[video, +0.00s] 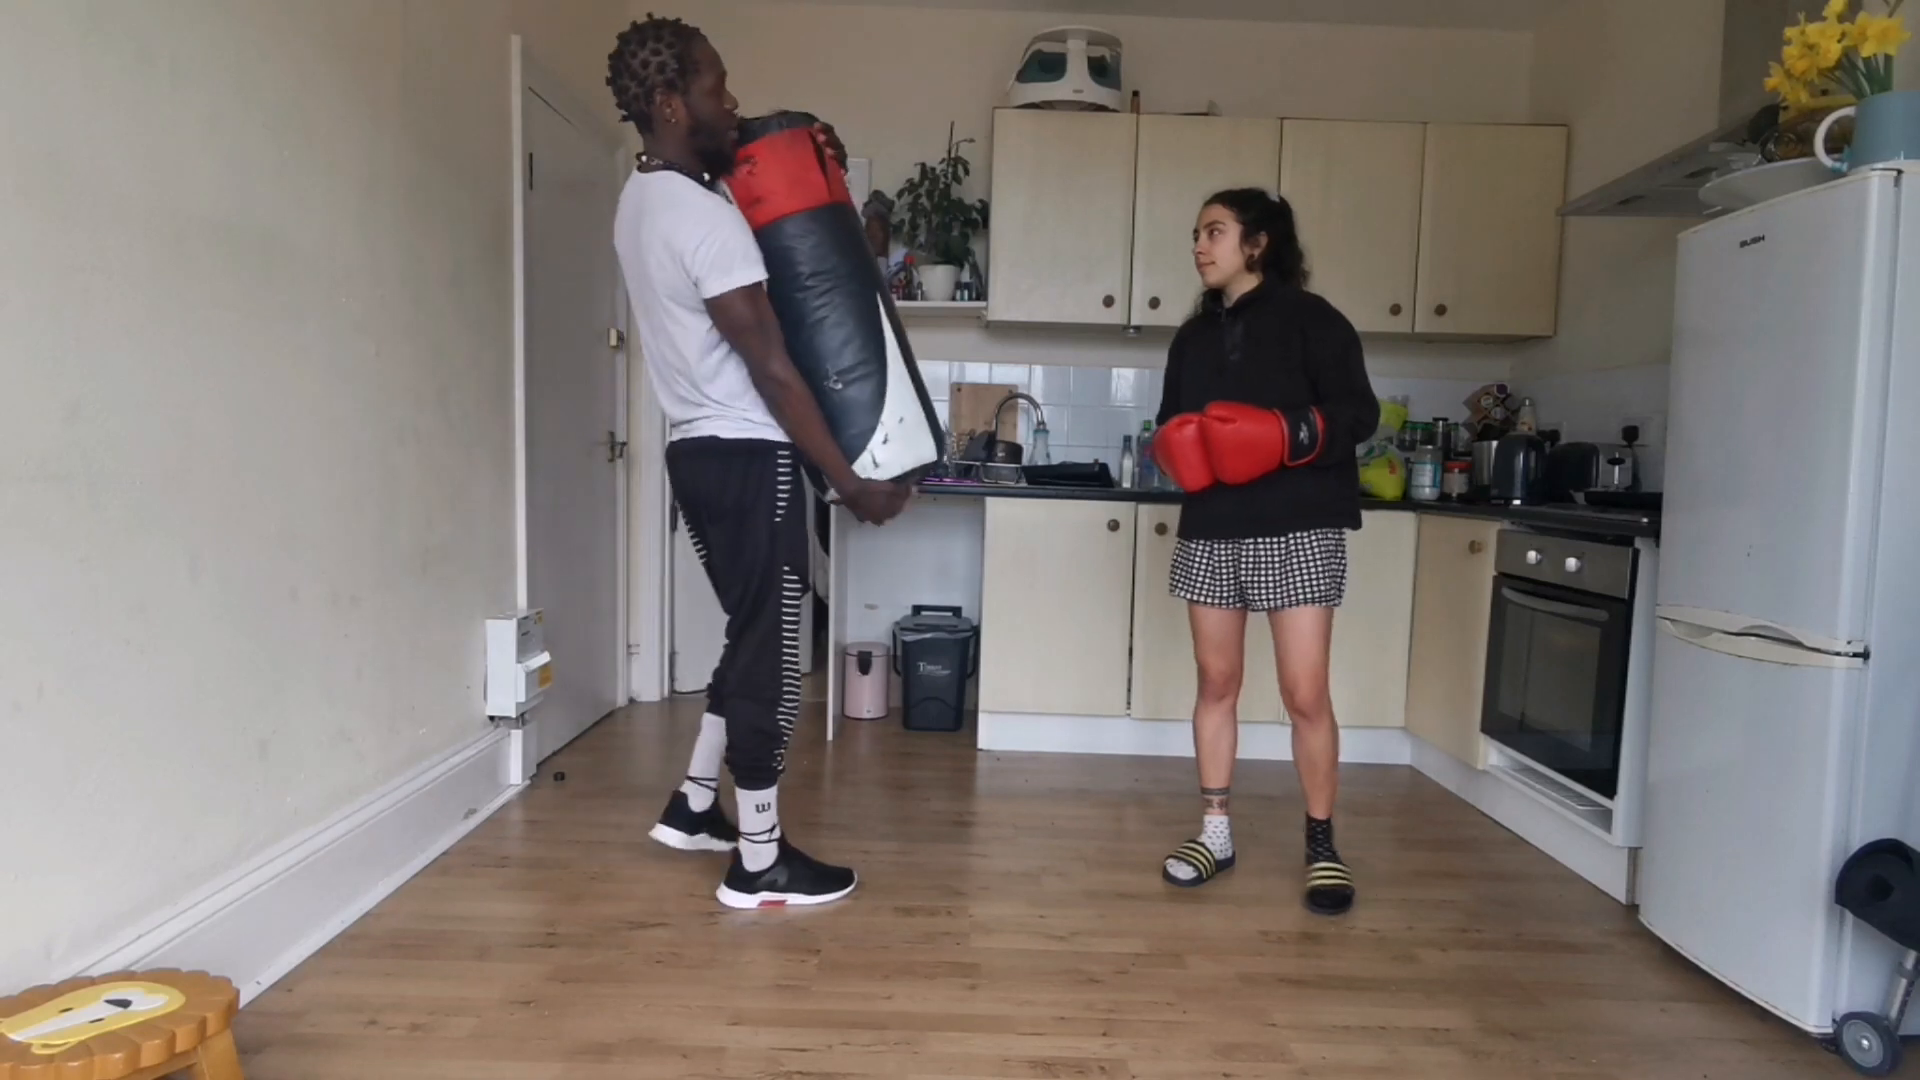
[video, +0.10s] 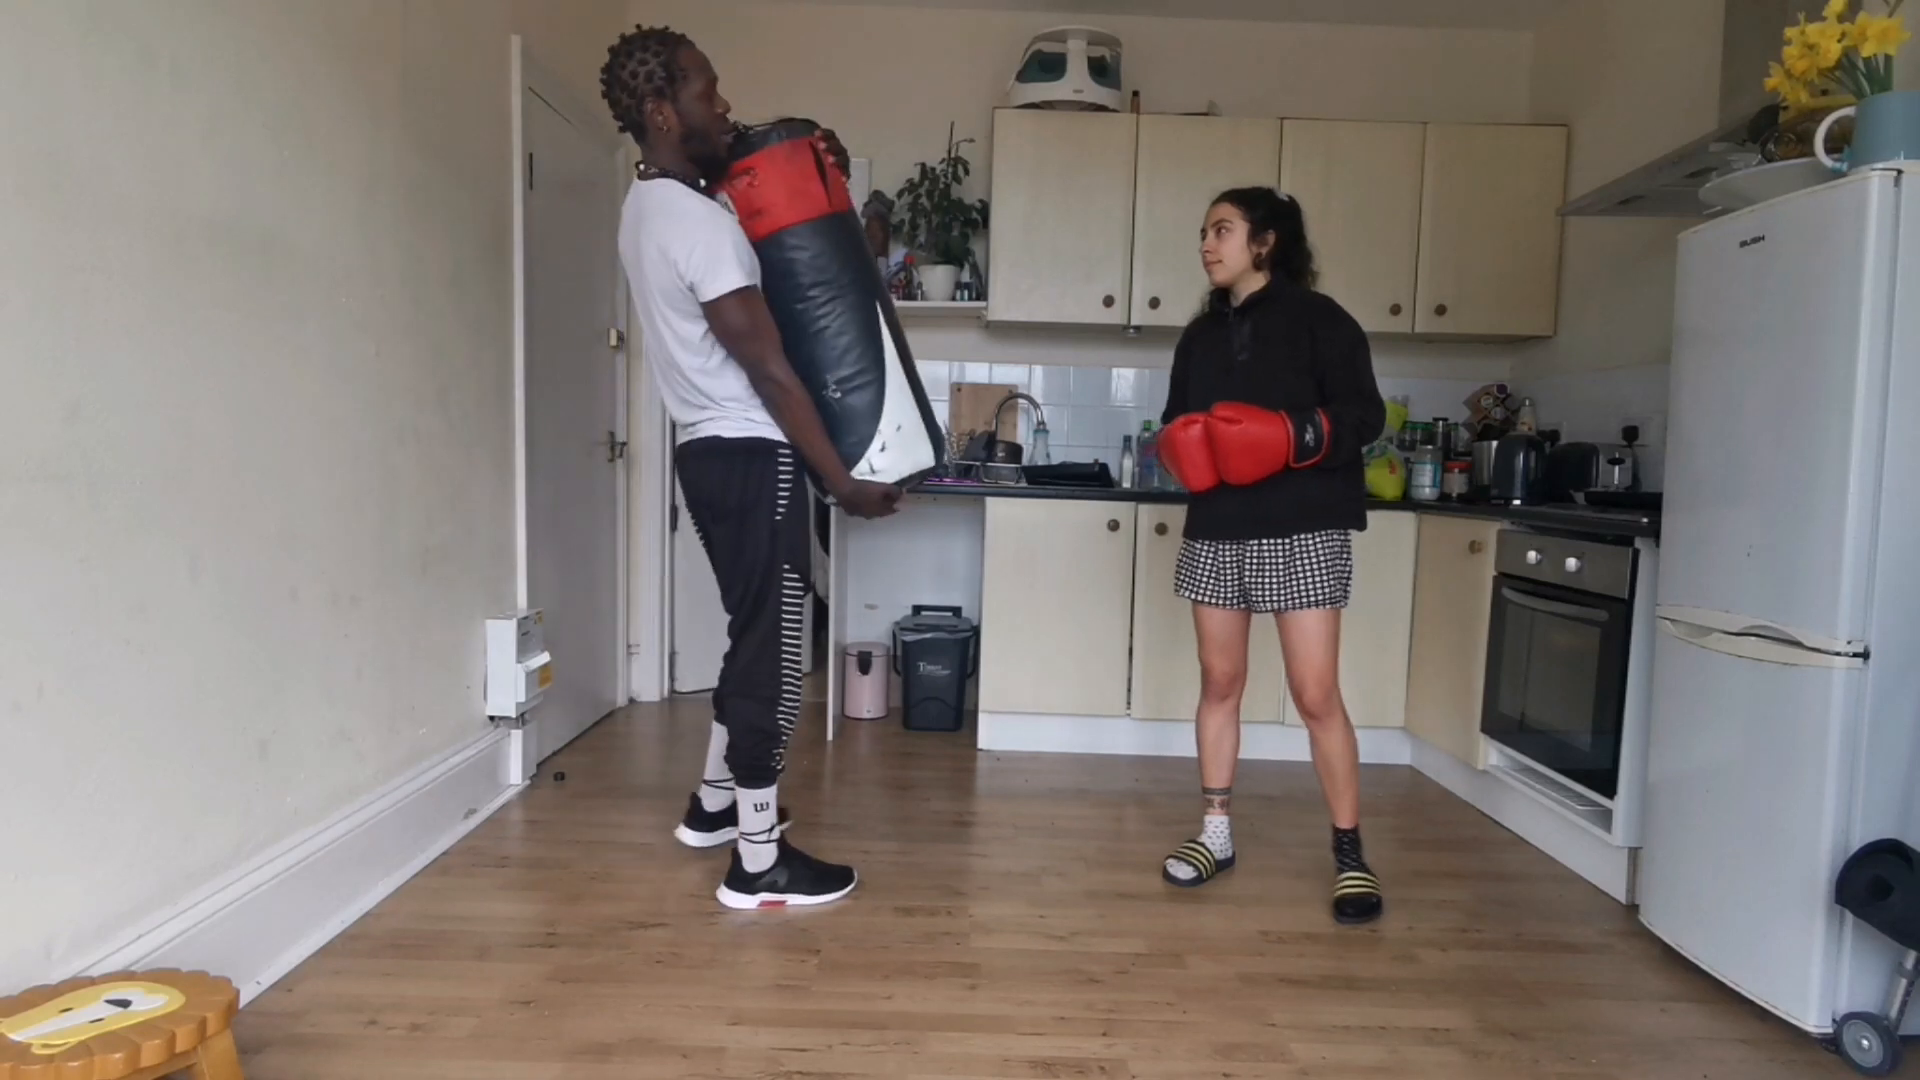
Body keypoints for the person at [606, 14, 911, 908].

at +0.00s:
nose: (732, 101)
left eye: (725, 85)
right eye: (717, 87)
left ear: (659, 109)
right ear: (670, 105)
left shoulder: (643, 197)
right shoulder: (701, 214)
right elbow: (767, 360)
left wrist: (767, 147)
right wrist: (848, 481)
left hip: (700, 449)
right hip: (749, 453)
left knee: (759, 624)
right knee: (772, 638)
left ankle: (697, 798)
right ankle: (760, 859)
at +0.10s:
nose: (724, 105)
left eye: (717, 89)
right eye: (707, 92)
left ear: (655, 115)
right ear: (660, 111)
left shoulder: (649, 203)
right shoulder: (698, 218)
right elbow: (765, 363)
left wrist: (787, 154)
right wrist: (840, 478)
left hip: (713, 448)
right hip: (752, 451)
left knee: (762, 623)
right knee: (778, 635)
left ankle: (718, 799)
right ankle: (759, 861)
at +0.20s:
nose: (719, 110)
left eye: (713, 94)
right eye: (703, 98)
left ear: (651, 121)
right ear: (656, 117)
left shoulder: (650, 209)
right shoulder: (699, 219)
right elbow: (767, 362)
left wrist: (799, 170)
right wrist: (833, 477)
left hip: (717, 450)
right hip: (751, 453)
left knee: (763, 630)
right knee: (780, 641)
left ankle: (737, 805)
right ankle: (757, 864)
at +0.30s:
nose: (717, 113)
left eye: (711, 98)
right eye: (700, 101)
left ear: (652, 125)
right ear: (653, 121)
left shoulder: (651, 212)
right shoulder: (694, 219)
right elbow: (759, 358)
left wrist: (780, 168)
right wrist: (828, 477)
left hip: (717, 451)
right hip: (748, 454)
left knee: (764, 632)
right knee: (777, 641)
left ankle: (741, 805)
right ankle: (757, 863)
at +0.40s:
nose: (717, 122)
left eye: (712, 107)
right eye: (701, 109)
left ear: (656, 127)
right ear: (656, 125)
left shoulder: (660, 215)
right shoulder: (682, 224)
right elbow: (744, 360)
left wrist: (812, 204)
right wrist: (811, 476)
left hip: (718, 456)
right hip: (739, 461)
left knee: (751, 634)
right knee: (775, 640)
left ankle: (738, 805)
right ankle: (757, 859)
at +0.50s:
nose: (718, 126)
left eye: (713, 112)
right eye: (703, 114)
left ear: (660, 132)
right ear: (657, 130)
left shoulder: (674, 219)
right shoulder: (674, 228)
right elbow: (731, 367)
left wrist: (808, 205)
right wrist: (793, 481)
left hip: (723, 456)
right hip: (726, 460)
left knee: (745, 638)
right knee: (770, 644)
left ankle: (738, 808)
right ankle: (751, 852)